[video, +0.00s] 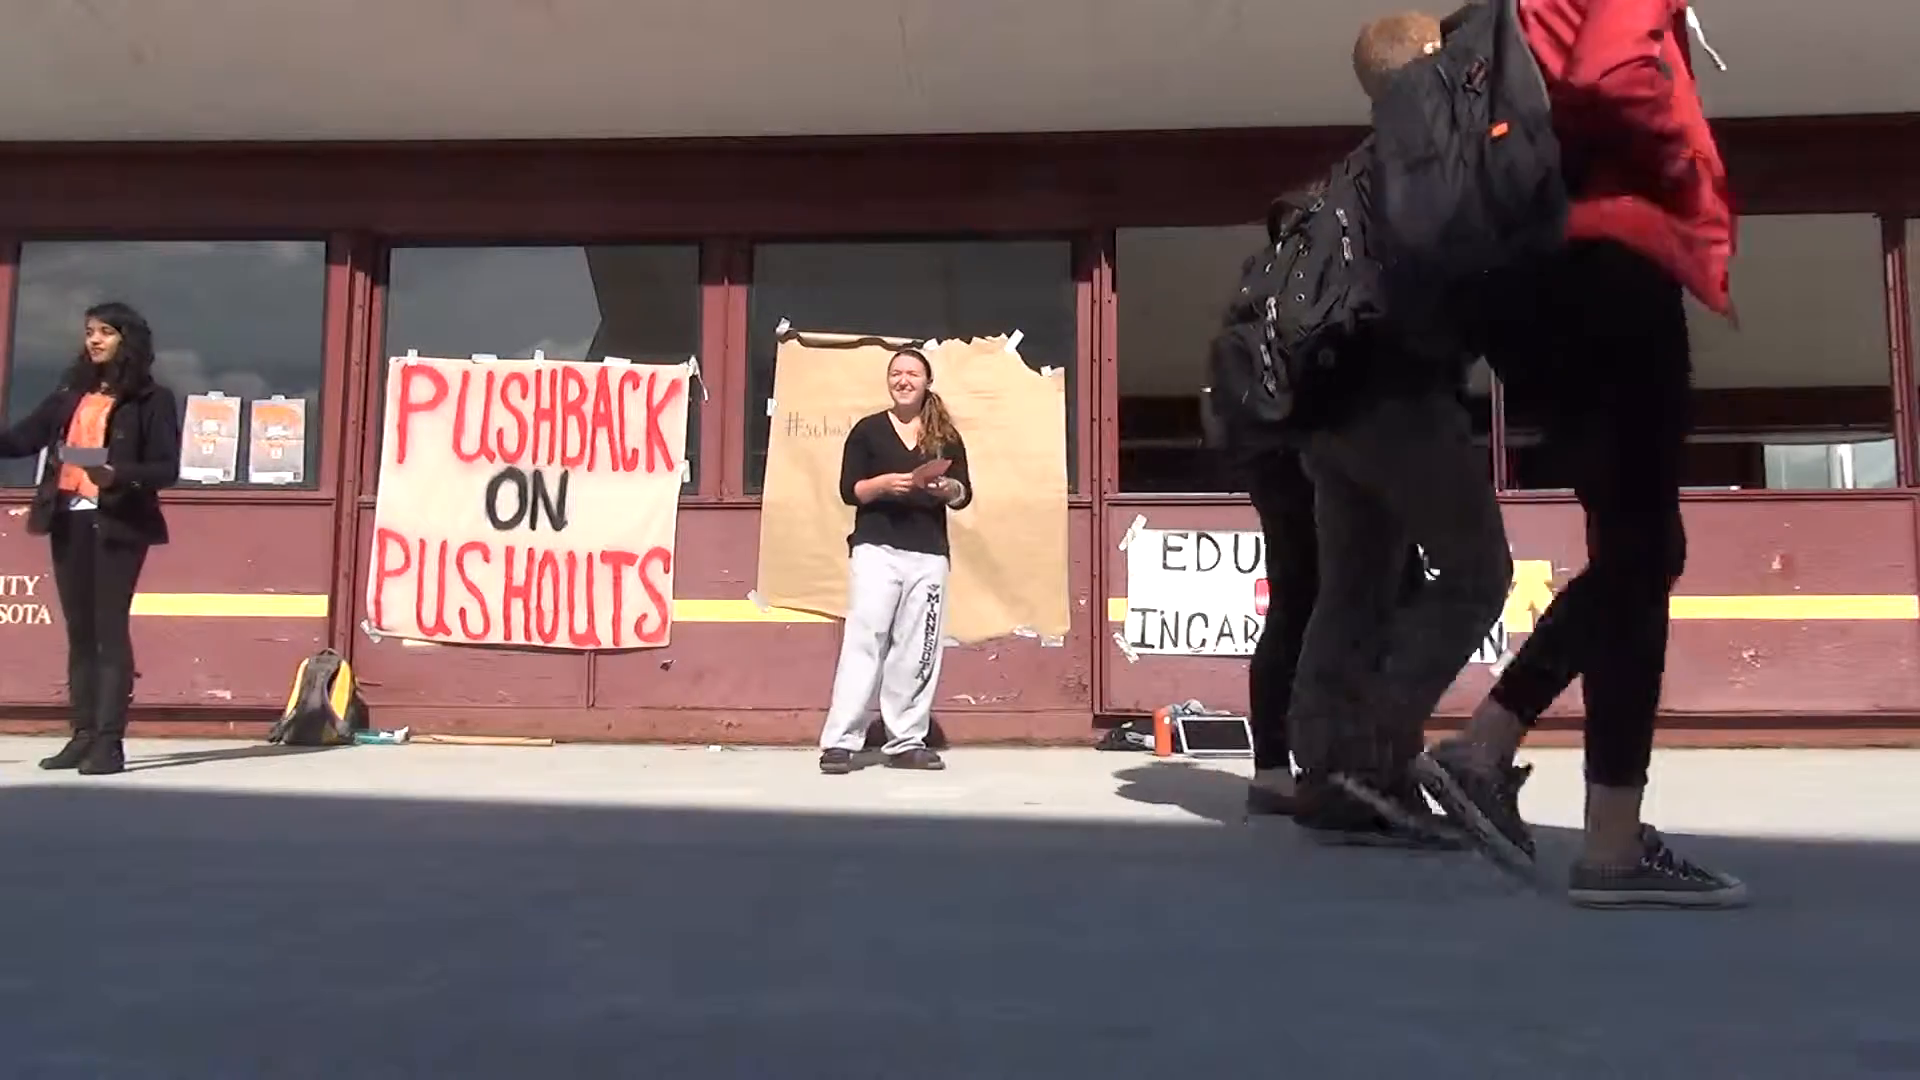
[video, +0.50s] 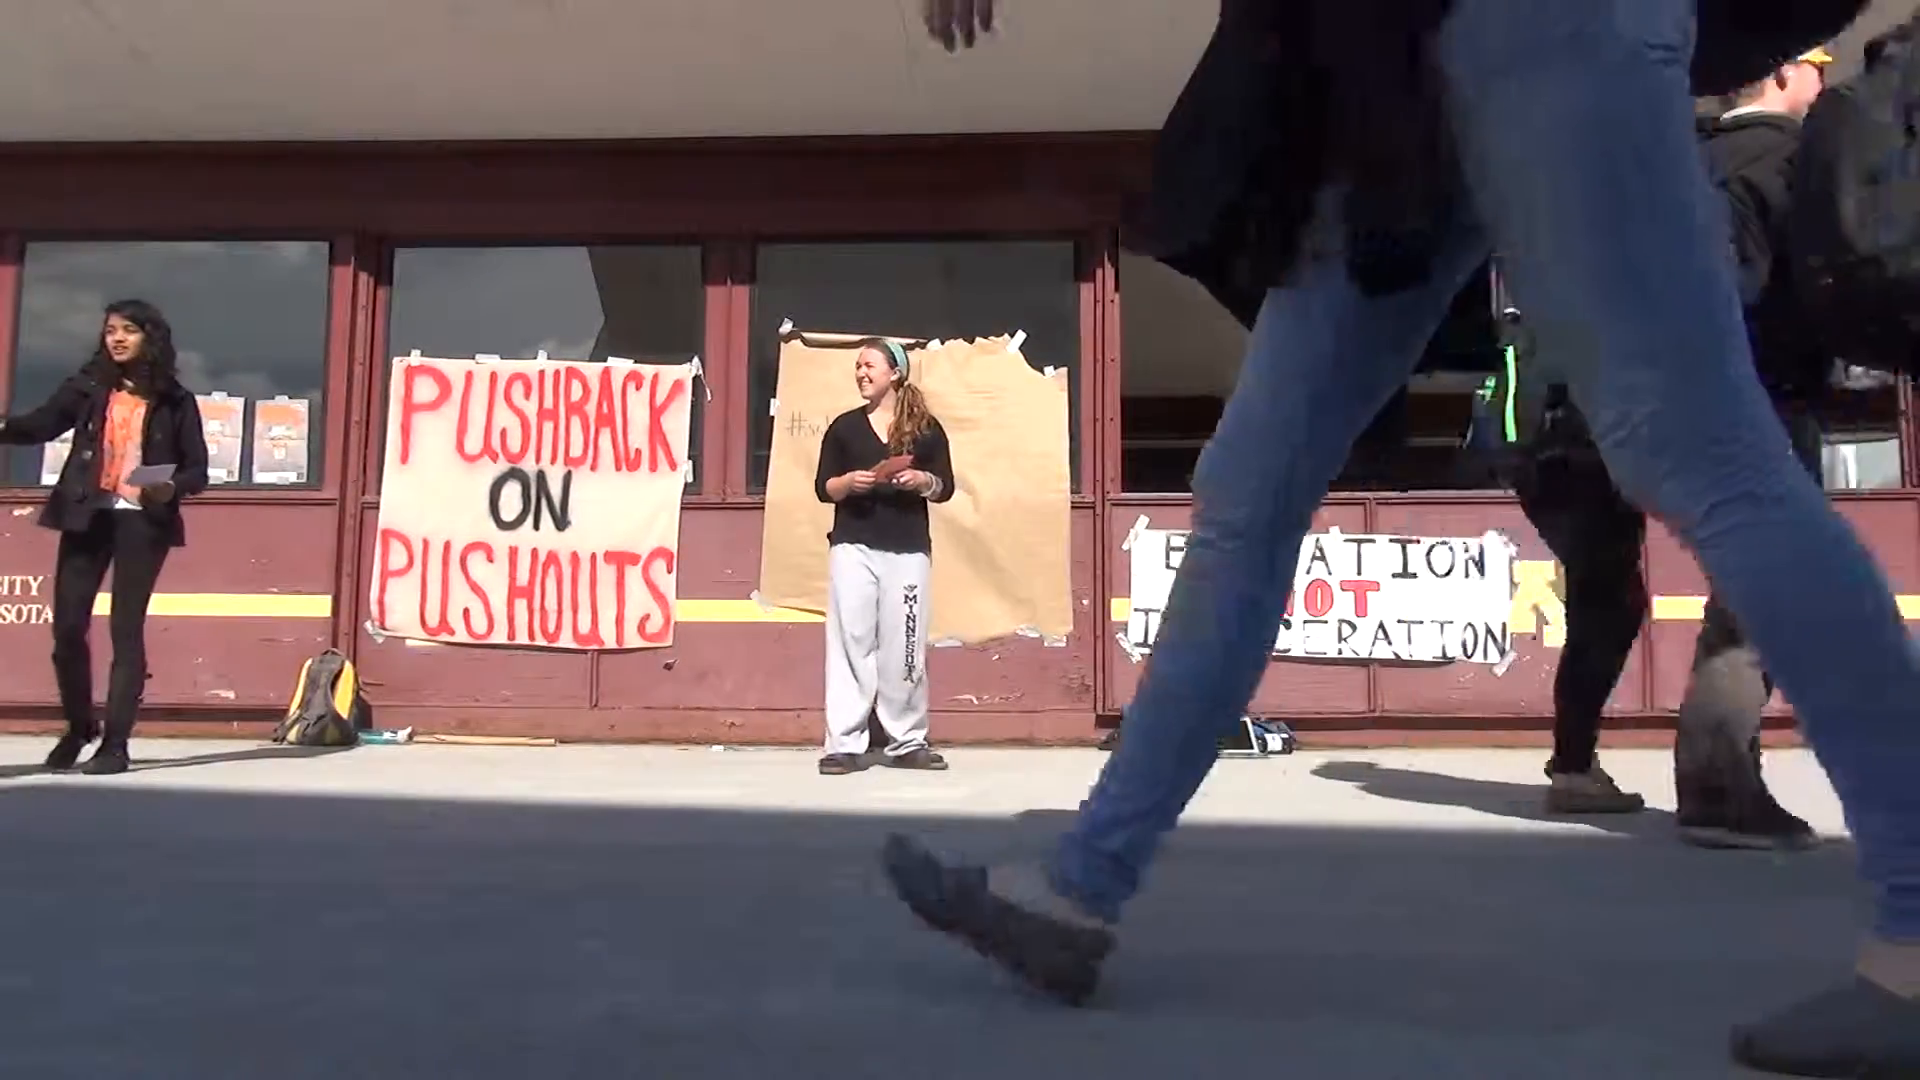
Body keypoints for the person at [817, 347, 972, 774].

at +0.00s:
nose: (903, 380)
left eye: (912, 374)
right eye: (897, 374)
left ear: (928, 382)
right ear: (888, 381)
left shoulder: (946, 435)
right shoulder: (866, 430)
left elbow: (963, 494)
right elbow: (850, 492)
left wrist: (948, 490)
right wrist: (892, 481)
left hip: (928, 553)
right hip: (876, 549)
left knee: (918, 647)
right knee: (865, 641)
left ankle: (906, 742)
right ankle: (840, 744)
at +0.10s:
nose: (895, 379)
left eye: (904, 372)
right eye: (889, 372)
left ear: (923, 380)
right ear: (883, 380)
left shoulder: (944, 433)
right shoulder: (863, 431)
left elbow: (962, 492)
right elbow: (848, 492)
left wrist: (945, 488)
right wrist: (892, 480)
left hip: (927, 553)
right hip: (875, 549)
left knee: (917, 647)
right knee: (863, 642)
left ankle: (906, 742)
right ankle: (840, 744)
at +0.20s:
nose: (882, 379)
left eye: (891, 372)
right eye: (879, 372)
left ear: (916, 380)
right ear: (875, 379)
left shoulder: (941, 433)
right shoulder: (860, 430)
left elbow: (961, 492)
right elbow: (844, 492)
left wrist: (946, 487)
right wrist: (879, 481)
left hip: (925, 553)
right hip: (872, 550)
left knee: (917, 648)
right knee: (862, 645)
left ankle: (906, 742)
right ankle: (845, 745)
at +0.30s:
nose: (873, 377)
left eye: (882, 370)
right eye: (871, 371)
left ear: (908, 377)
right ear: (872, 377)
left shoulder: (936, 431)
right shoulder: (855, 430)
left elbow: (955, 491)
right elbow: (838, 491)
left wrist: (939, 486)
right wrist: (869, 483)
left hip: (920, 552)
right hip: (867, 549)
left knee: (915, 646)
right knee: (861, 645)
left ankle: (906, 742)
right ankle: (846, 744)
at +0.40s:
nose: (867, 375)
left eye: (875, 367)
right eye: (864, 368)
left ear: (901, 373)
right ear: (866, 375)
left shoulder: (930, 429)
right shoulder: (849, 428)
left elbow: (950, 488)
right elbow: (831, 490)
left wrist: (930, 483)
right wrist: (859, 483)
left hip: (914, 551)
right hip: (860, 548)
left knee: (912, 644)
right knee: (857, 643)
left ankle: (907, 741)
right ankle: (846, 744)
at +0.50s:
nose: (860, 373)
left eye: (868, 366)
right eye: (858, 366)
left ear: (895, 372)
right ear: (863, 373)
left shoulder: (925, 429)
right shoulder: (843, 427)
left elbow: (944, 490)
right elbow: (824, 489)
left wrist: (924, 482)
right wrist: (848, 483)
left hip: (906, 550)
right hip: (852, 546)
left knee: (905, 642)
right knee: (852, 642)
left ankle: (906, 741)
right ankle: (844, 744)